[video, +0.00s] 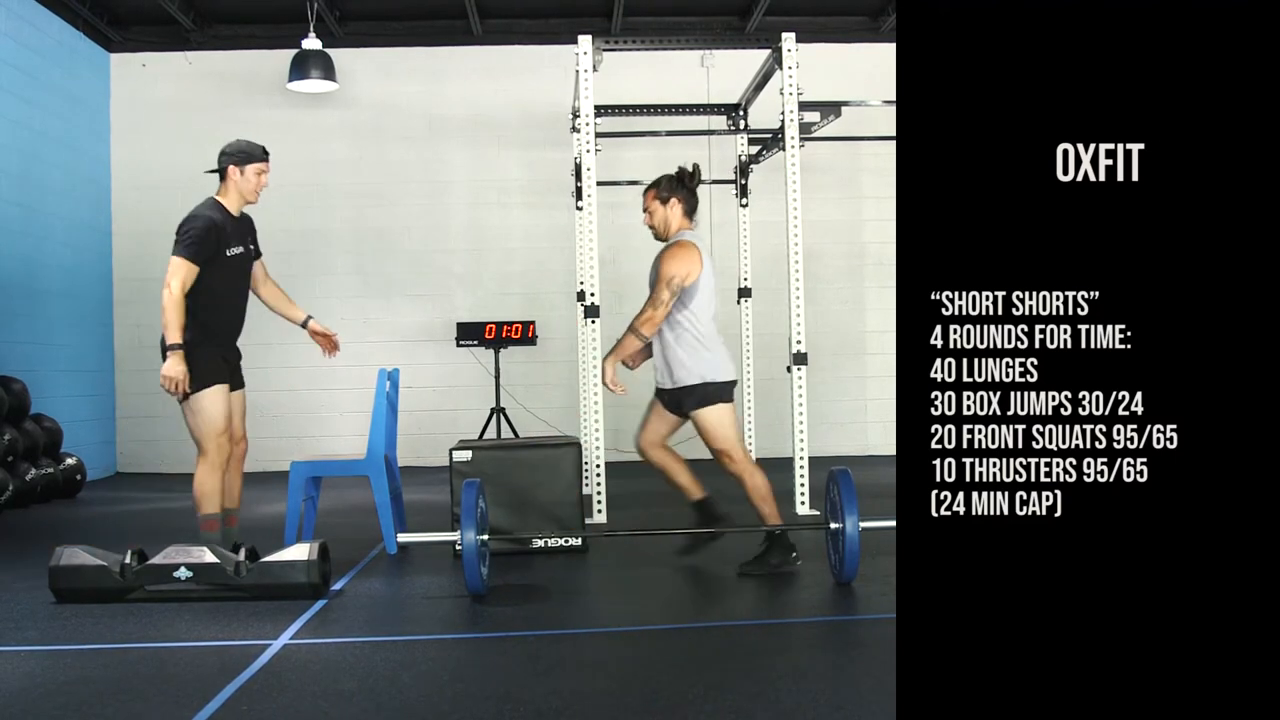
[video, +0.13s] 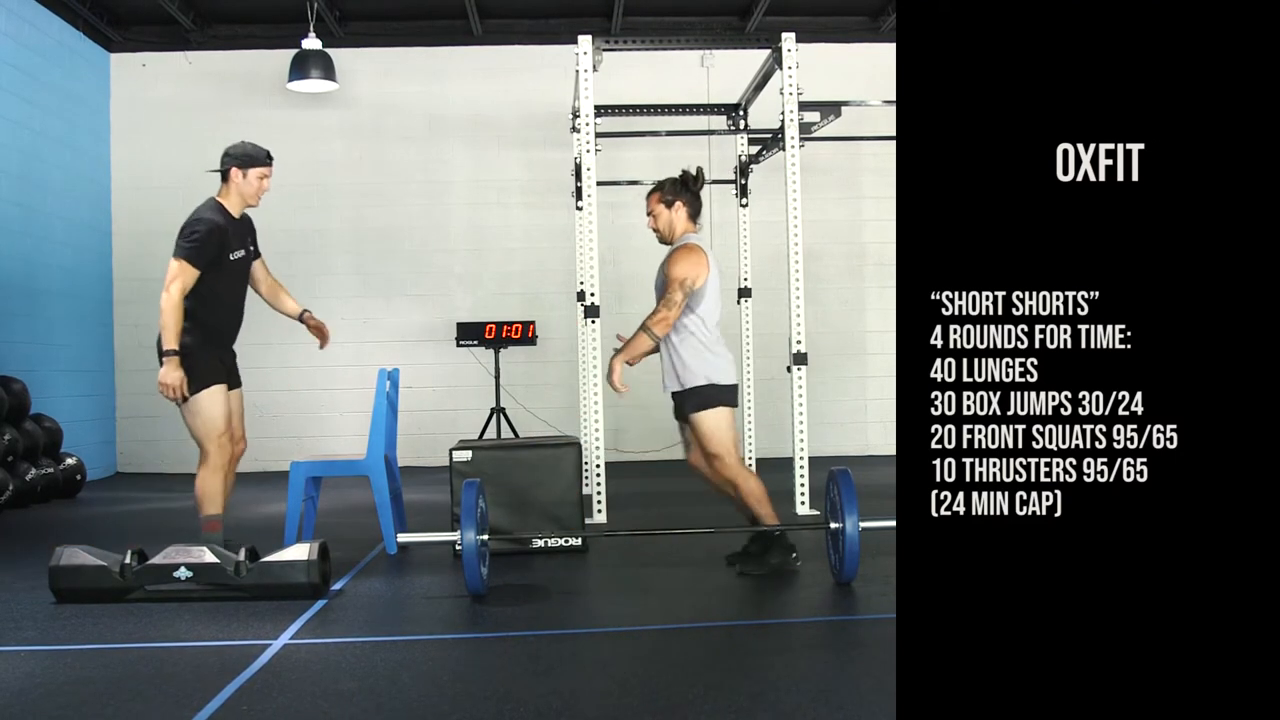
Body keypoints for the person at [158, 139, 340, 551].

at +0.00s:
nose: (265, 183)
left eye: (266, 175)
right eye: (259, 174)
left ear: (244, 175)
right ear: (233, 172)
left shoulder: (244, 224)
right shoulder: (203, 223)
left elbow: (263, 284)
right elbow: (173, 288)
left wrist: (308, 323)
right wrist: (174, 353)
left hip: (224, 349)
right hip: (195, 351)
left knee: (236, 445)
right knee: (213, 449)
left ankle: (230, 545)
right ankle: (211, 552)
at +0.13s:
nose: (267, 187)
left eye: (268, 179)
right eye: (261, 178)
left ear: (242, 178)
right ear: (235, 175)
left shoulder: (243, 224)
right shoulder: (206, 224)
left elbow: (263, 282)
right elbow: (172, 290)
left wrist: (303, 315)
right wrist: (170, 359)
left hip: (220, 348)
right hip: (191, 348)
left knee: (234, 445)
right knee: (217, 448)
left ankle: (213, 542)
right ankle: (213, 550)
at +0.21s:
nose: (265, 193)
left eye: (267, 185)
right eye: (260, 184)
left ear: (245, 183)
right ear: (234, 179)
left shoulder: (246, 227)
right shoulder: (200, 229)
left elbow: (265, 284)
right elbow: (164, 295)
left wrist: (292, 315)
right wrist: (160, 363)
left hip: (218, 352)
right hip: (187, 354)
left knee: (218, 450)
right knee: (224, 450)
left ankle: (153, 532)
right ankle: (214, 553)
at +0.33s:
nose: (263, 216)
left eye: (265, 208)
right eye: (257, 207)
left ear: (238, 206)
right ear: (232, 203)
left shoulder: (249, 251)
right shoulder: (191, 252)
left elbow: (269, 307)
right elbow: (147, 315)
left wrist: (277, 332)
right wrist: (132, 382)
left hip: (208, 371)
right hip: (180, 370)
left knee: (181, 474)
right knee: (245, 453)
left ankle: (94, 513)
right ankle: (220, 554)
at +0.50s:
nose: (262, 276)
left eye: (264, 268)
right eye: (257, 267)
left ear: (237, 264)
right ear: (231, 263)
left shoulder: (246, 309)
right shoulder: (186, 308)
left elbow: (266, 368)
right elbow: (132, 360)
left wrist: (259, 383)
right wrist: (99, 423)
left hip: (193, 419)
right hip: (163, 417)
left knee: (158, 523)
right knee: (255, 461)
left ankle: (61, 531)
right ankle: (223, 557)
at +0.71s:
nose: (253, 316)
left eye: (255, 308)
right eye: (249, 306)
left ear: (225, 305)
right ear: (222, 304)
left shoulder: (236, 353)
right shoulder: (176, 349)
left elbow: (247, 413)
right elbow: (121, 404)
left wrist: (240, 427)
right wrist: (95, 470)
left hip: (187, 453)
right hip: (153, 454)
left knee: (159, 559)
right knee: (249, 463)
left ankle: (65, 533)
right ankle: (221, 557)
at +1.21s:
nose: (260, 185)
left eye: (261, 177)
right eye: (255, 176)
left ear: (236, 177)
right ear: (229, 175)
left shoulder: (235, 225)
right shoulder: (198, 224)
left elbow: (255, 285)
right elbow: (168, 295)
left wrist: (307, 314)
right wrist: (189, 359)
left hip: (206, 348)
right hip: (180, 348)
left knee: (196, 449)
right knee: (215, 449)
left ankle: (128, 519)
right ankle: (214, 555)